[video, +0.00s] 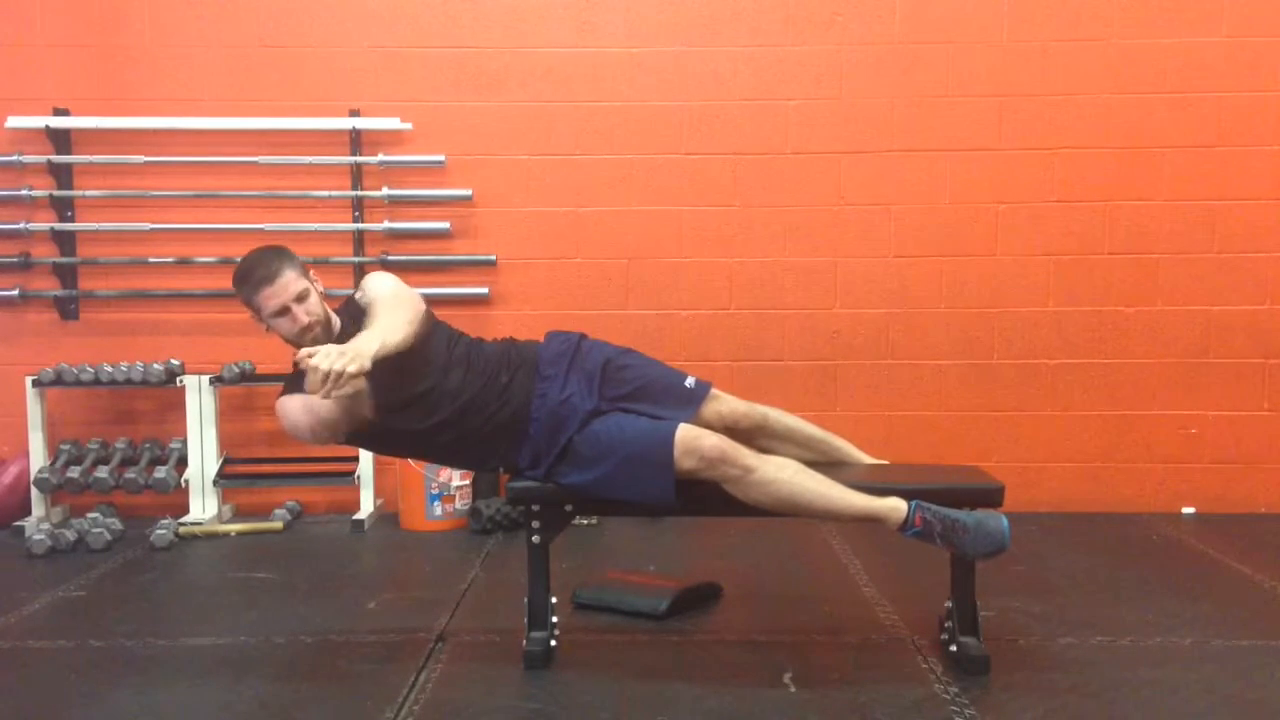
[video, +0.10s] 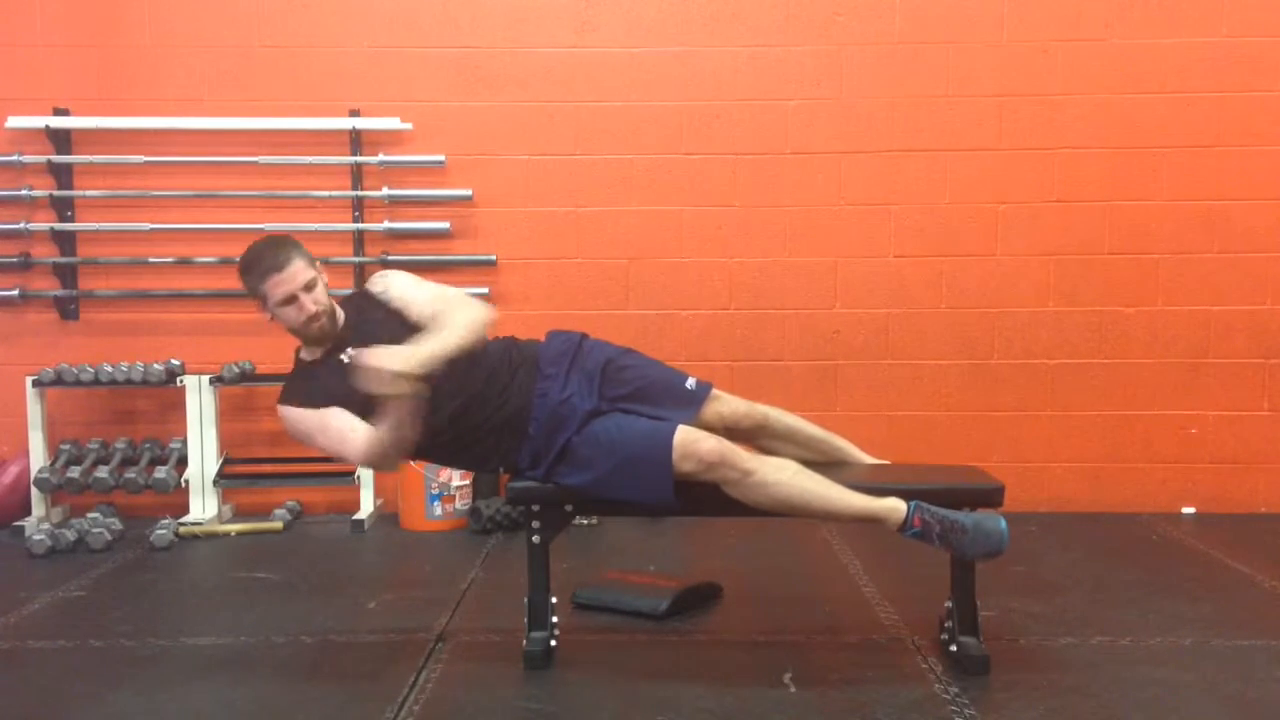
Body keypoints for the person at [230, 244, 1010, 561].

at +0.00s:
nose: (302, 314)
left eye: (302, 295)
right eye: (282, 313)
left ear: (316, 279)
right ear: (264, 329)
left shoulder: (372, 289)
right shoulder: (301, 405)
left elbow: (404, 317)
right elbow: (346, 419)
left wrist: (360, 352)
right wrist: (337, 373)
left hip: (567, 364)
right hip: (546, 445)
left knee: (737, 415)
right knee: (715, 457)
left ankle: (904, 489)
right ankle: (911, 518)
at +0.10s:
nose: (308, 305)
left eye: (309, 287)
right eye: (287, 303)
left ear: (324, 274)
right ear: (268, 318)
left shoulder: (376, 291)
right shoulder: (306, 399)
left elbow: (469, 315)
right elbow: (384, 452)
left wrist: (406, 362)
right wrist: (403, 374)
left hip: (566, 363)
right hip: (541, 442)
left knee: (739, 416)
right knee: (720, 461)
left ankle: (900, 483)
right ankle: (906, 520)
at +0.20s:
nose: (325, 295)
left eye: (327, 277)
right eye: (302, 294)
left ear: (339, 263)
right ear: (279, 307)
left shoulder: (393, 287)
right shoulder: (312, 392)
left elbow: (520, 333)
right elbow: (396, 450)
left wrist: (475, 393)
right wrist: (476, 379)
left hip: (582, 364)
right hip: (547, 443)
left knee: (748, 418)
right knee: (721, 465)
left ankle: (904, 487)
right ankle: (911, 523)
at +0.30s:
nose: (359, 265)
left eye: (361, 247)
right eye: (338, 259)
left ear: (368, 238)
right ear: (302, 271)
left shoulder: (414, 276)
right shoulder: (319, 375)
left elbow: (535, 297)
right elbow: (419, 435)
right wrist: (512, 410)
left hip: (580, 365)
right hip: (543, 444)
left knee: (748, 416)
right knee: (717, 460)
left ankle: (892, 480)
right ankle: (915, 523)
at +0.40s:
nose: (398, 234)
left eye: (395, 220)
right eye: (379, 227)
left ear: (388, 219)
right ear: (333, 240)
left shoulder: (431, 262)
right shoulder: (328, 349)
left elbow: (546, 284)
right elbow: (423, 419)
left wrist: (665, 294)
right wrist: (537, 400)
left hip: (583, 365)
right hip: (544, 439)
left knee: (761, 419)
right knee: (716, 461)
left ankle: (907, 498)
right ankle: (918, 522)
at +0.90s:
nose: (597, 171)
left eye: (601, 157)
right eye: (592, 153)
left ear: (564, 148)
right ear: (547, 142)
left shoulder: (565, 231)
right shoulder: (478, 238)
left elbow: (640, 306)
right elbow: (562, 344)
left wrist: (738, 339)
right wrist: (668, 401)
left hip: (623, 377)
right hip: (572, 421)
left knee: (777, 417)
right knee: (713, 464)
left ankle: (785, 539)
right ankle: (892, 557)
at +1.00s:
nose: (630, 174)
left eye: (634, 159)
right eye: (624, 157)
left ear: (594, 145)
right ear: (584, 141)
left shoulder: (589, 232)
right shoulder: (509, 229)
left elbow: (659, 312)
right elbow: (581, 344)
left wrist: (761, 354)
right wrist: (689, 415)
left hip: (630, 380)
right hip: (579, 424)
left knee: (774, 429)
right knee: (715, 468)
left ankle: (739, 505)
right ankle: (881, 607)